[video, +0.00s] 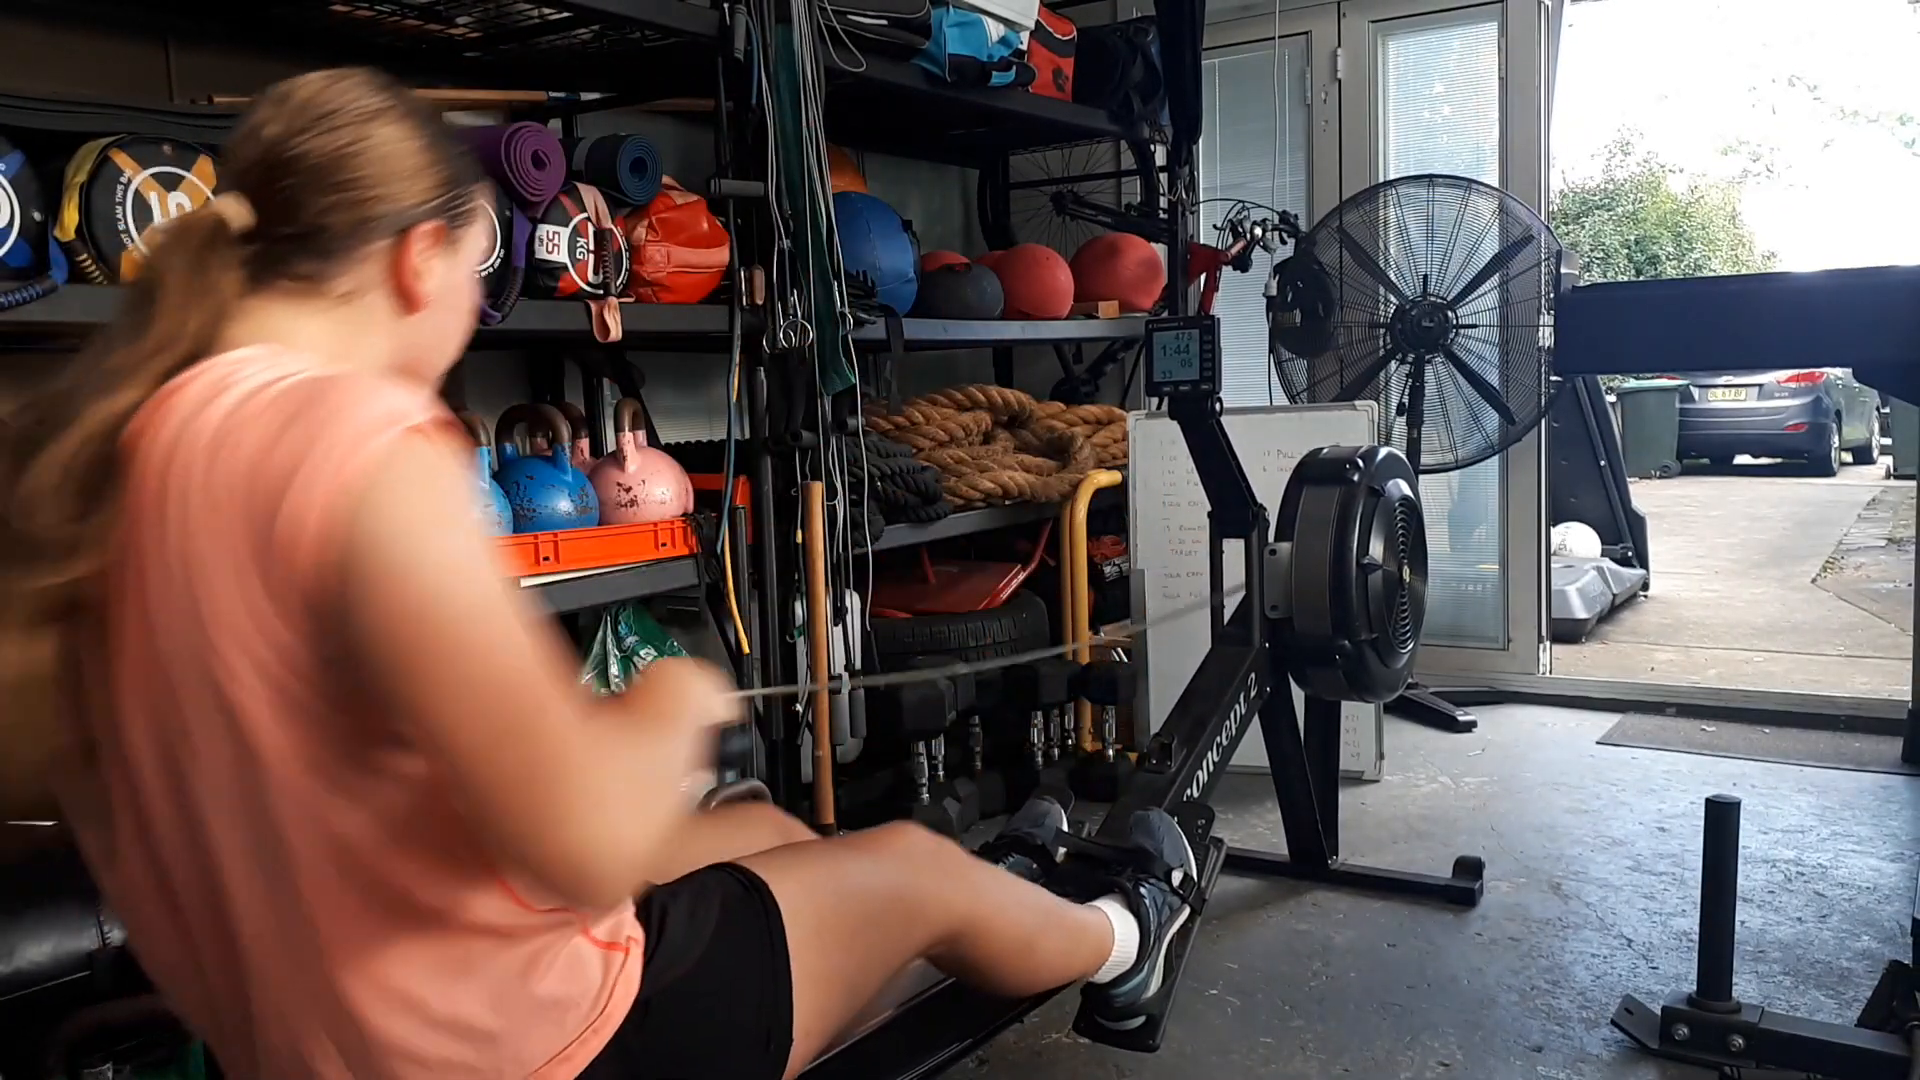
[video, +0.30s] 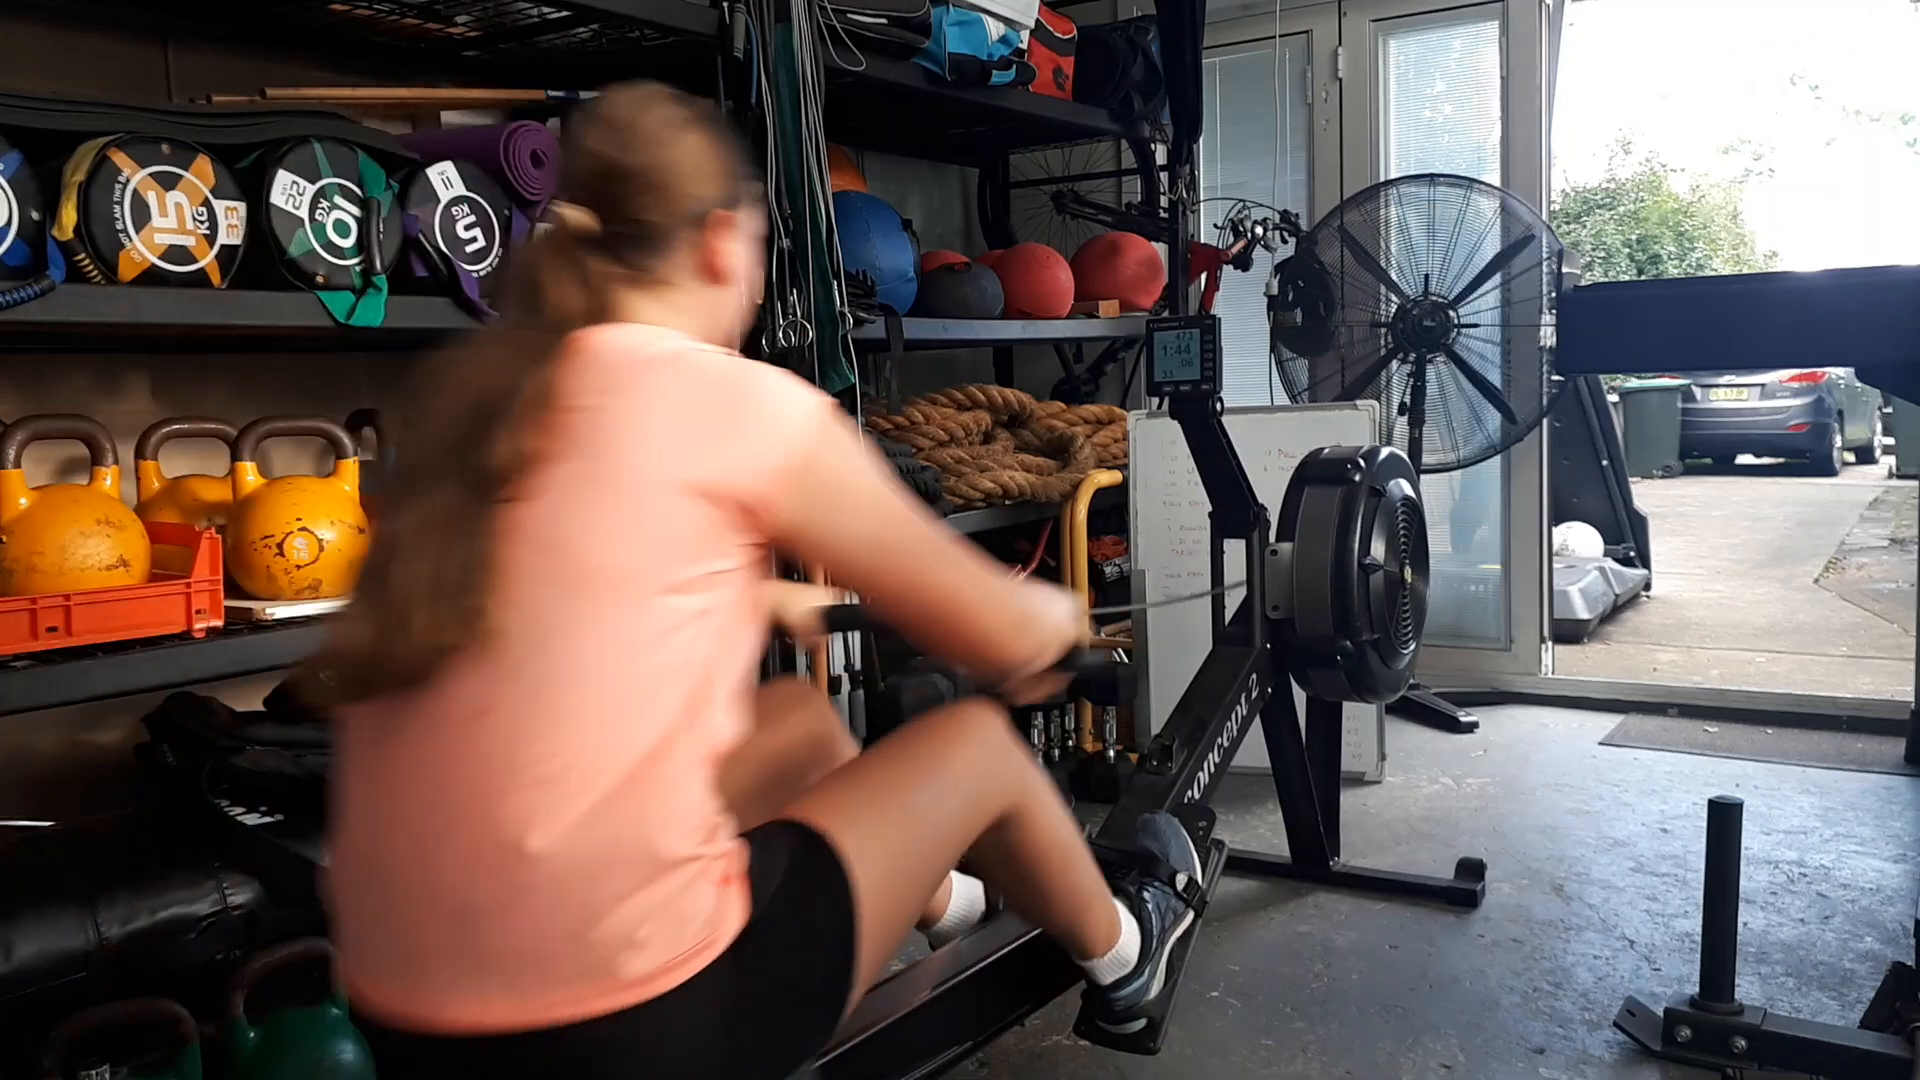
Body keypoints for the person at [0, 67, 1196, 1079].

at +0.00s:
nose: (479, 314)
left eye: (486, 278)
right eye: (482, 274)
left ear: (256, 253)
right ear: (415, 259)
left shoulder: (150, 427)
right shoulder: (370, 450)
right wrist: (679, 696)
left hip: (315, 1030)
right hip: (507, 1043)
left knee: (749, 828)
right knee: (915, 866)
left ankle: (847, 1013)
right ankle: (1110, 947)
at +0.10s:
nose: (561, 277)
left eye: (563, 238)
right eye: (560, 236)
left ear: (345, 220)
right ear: (503, 231)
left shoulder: (208, 417)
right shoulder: (486, 409)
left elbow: (179, 766)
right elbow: (783, 753)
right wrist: (820, 670)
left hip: (312, 1035)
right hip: (539, 1037)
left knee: (755, 801)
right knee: (926, 835)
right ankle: (1115, 951)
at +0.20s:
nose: (664, 259)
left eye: (664, 229)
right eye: (661, 228)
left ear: (461, 220)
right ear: (612, 227)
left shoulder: (340, 394)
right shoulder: (615, 398)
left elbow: (500, 690)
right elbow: (917, 694)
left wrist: (702, 612)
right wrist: (955, 633)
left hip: (343, 1026)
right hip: (572, 1027)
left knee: (791, 755)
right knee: (947, 792)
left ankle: (913, 915)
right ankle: (1120, 957)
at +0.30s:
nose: (762, 268)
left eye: (762, 240)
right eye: (761, 238)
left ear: (580, 239)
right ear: (721, 243)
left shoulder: (463, 395)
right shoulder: (747, 411)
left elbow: (560, 591)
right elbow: (1011, 641)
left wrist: (764, 600)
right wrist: (1055, 610)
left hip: (405, 1017)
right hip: (633, 1023)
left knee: (802, 710)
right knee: (984, 739)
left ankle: (913, 905)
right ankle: (1121, 957)